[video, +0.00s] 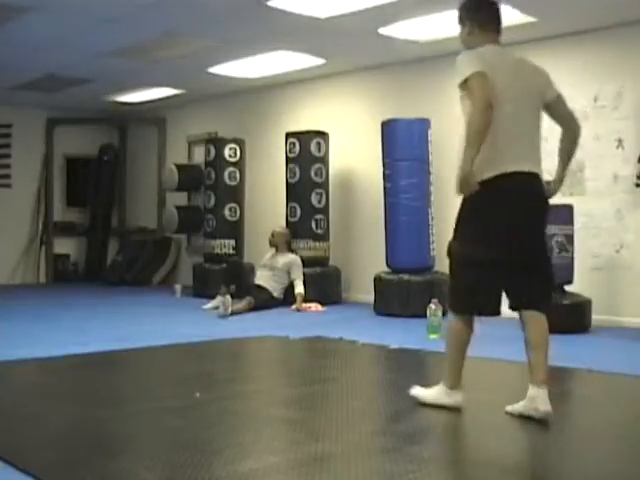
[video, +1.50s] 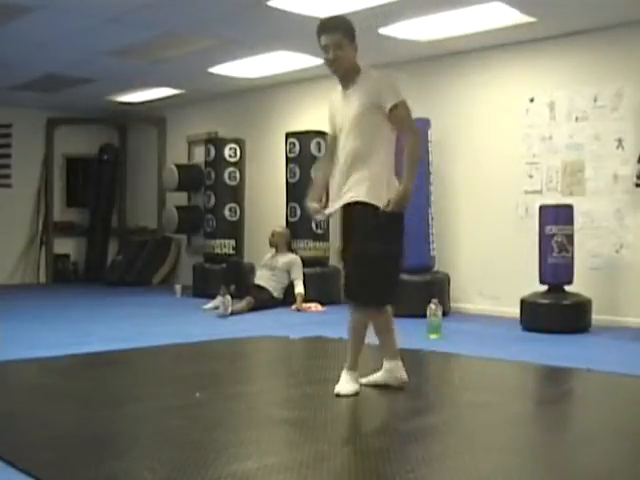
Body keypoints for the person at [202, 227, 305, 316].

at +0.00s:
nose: (270, 238)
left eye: (273, 236)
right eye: (271, 235)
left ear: (283, 239)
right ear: (277, 239)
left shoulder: (293, 259)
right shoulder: (270, 254)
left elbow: (298, 282)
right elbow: (262, 273)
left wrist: (299, 302)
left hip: (271, 294)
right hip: (255, 288)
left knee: (250, 301)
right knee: (234, 264)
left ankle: (230, 310)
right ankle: (221, 298)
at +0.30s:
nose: (269, 238)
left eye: (273, 235)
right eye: (271, 235)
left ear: (283, 239)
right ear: (277, 239)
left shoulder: (293, 259)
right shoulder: (270, 255)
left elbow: (298, 282)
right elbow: (261, 273)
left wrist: (299, 302)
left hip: (271, 294)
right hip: (254, 287)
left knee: (250, 301)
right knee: (234, 264)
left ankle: (230, 310)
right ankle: (221, 298)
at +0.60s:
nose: (269, 238)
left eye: (273, 235)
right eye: (271, 235)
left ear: (282, 239)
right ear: (277, 239)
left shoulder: (293, 259)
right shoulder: (270, 255)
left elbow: (298, 282)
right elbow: (261, 274)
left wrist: (299, 302)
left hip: (271, 294)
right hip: (254, 287)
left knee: (250, 301)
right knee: (234, 264)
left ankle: (230, 310)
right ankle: (221, 298)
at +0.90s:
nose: (270, 237)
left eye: (273, 235)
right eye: (271, 235)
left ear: (282, 239)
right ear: (278, 239)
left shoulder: (293, 259)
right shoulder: (270, 254)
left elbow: (298, 282)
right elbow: (262, 273)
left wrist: (299, 302)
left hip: (271, 293)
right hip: (255, 287)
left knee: (250, 300)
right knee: (233, 265)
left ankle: (230, 310)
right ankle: (221, 298)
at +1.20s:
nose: (270, 237)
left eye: (273, 235)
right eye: (271, 235)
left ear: (282, 239)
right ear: (277, 240)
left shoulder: (293, 259)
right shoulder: (270, 254)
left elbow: (298, 283)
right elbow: (263, 273)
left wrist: (298, 302)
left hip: (271, 293)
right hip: (254, 287)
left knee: (250, 300)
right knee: (234, 265)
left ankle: (230, 310)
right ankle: (221, 298)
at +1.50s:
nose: (270, 237)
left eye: (274, 235)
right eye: (271, 235)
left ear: (283, 239)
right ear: (277, 240)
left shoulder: (293, 259)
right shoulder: (270, 254)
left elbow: (298, 283)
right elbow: (262, 273)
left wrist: (299, 302)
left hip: (271, 293)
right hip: (254, 287)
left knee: (250, 300)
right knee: (234, 264)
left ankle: (230, 310)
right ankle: (221, 298)